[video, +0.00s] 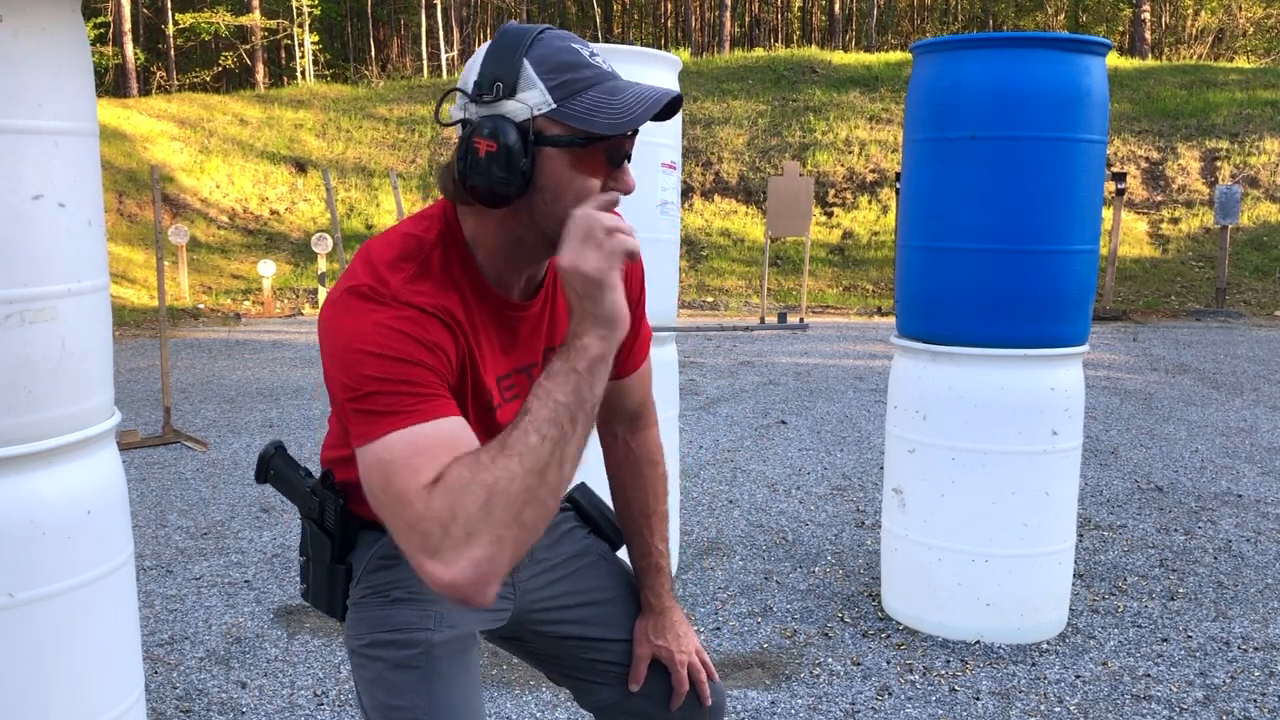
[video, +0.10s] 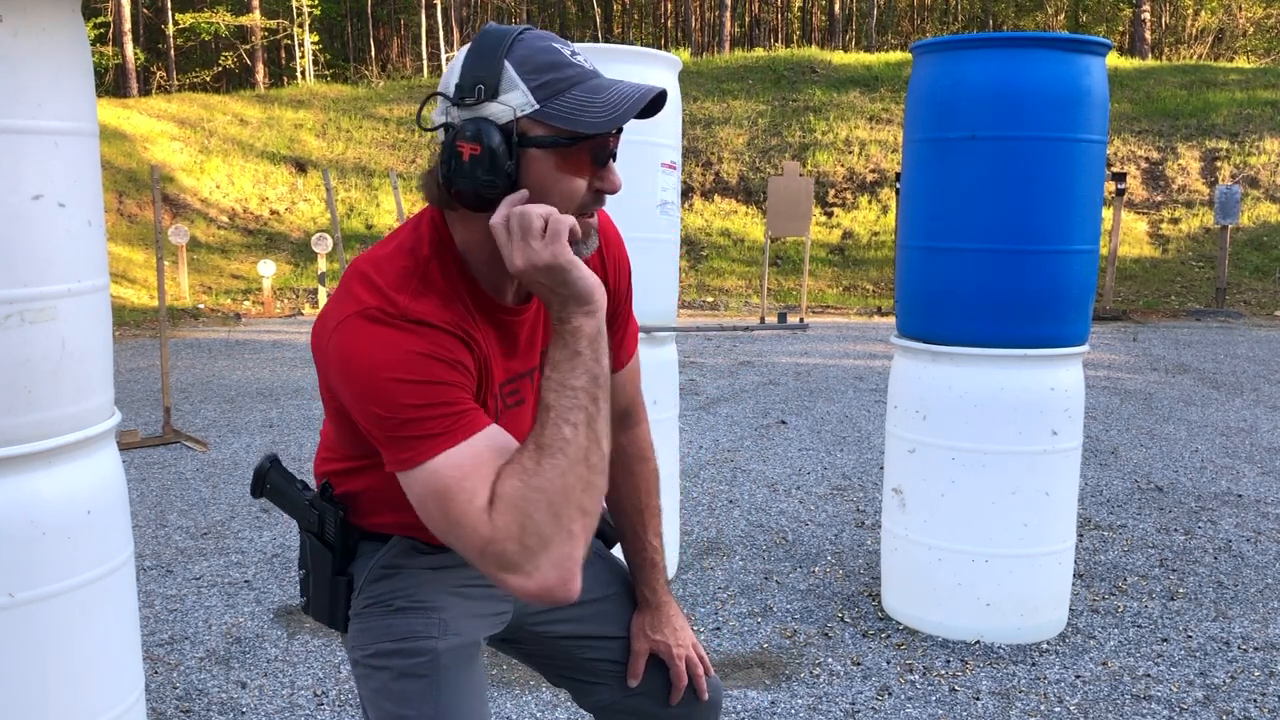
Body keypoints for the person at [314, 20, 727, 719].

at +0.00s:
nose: (626, 180)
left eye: (624, 151)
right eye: (596, 150)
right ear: (497, 157)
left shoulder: (604, 262)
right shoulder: (378, 303)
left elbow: (630, 425)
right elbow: (458, 555)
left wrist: (658, 597)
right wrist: (590, 337)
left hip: (536, 526)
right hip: (401, 551)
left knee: (687, 699)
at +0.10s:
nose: (611, 180)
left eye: (610, 149)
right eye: (580, 151)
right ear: (483, 157)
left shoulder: (591, 246)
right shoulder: (378, 321)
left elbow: (625, 424)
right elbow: (539, 564)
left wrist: (655, 594)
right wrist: (577, 315)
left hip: (546, 543)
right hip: (411, 560)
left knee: (686, 698)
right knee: (440, 704)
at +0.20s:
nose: (597, 178)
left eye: (597, 148)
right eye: (566, 150)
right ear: (467, 158)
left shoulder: (578, 241)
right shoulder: (380, 332)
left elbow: (616, 430)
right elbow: (582, 555)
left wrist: (650, 588)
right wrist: (602, 317)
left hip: (548, 549)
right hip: (417, 570)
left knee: (686, 695)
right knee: (445, 704)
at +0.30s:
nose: (584, 175)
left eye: (587, 146)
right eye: (552, 147)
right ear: (455, 160)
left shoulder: (573, 244)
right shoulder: (382, 338)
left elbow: (605, 426)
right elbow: (608, 526)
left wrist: (650, 586)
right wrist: (663, 296)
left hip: (544, 542)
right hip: (420, 574)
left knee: (686, 693)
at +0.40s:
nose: (564, 188)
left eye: (573, 156)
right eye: (530, 161)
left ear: (587, 149)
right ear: (433, 164)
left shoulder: (573, 239)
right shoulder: (383, 330)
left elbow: (613, 433)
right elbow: (623, 487)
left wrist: (650, 586)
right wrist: (730, 270)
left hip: (546, 543)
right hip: (418, 575)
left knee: (686, 695)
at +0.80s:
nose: (534, 200)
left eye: (557, 165)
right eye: (504, 165)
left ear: (586, 162)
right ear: (440, 155)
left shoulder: (592, 237)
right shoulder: (387, 305)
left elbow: (617, 409)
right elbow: (591, 500)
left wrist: (655, 592)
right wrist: (707, 290)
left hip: (559, 546)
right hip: (418, 567)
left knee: (689, 700)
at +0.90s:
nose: (548, 193)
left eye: (571, 158)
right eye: (519, 157)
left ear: (598, 159)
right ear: (454, 152)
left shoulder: (601, 237)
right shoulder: (394, 302)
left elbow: (627, 425)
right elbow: (498, 575)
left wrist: (656, 593)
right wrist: (665, 403)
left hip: (532, 517)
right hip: (404, 545)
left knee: (685, 699)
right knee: (445, 703)